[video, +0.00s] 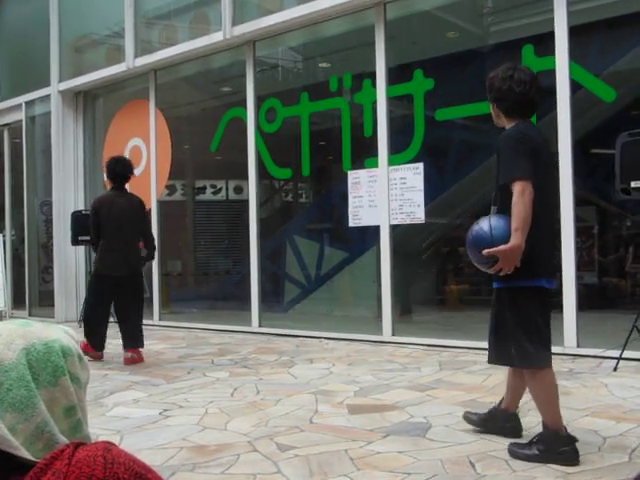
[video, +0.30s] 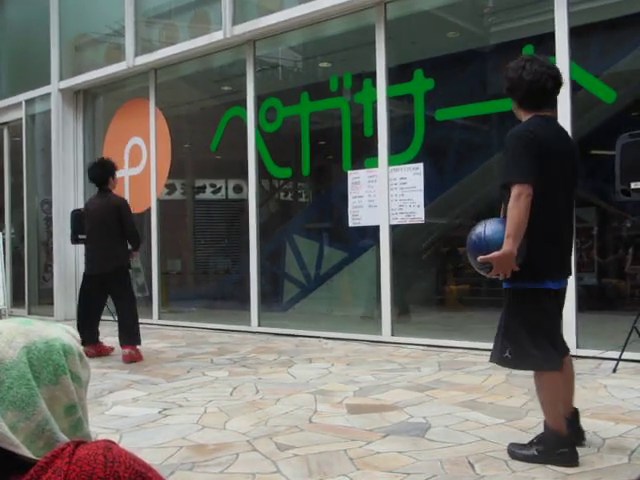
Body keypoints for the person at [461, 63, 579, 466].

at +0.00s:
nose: (489, 107)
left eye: (490, 101)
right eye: (490, 101)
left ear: (495, 105)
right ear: (531, 102)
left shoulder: (514, 138)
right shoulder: (537, 138)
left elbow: (523, 191)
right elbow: (537, 195)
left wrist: (517, 242)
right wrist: (514, 242)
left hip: (525, 263)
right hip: (538, 260)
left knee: (531, 348)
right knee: (521, 341)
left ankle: (556, 437)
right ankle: (506, 412)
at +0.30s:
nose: (506, 95)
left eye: (509, 89)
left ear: (513, 96)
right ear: (554, 94)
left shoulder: (523, 136)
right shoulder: (562, 138)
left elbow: (523, 193)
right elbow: (557, 203)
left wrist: (509, 247)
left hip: (534, 263)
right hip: (555, 262)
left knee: (542, 350)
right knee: (552, 343)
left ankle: (556, 439)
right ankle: (566, 421)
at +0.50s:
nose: (522, 88)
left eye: (525, 83)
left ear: (527, 93)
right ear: (569, 93)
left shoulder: (524, 138)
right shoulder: (580, 137)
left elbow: (512, 196)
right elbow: (577, 201)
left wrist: (489, 247)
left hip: (534, 265)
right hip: (574, 261)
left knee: (545, 351)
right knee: (585, 344)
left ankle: (556, 439)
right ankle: (606, 431)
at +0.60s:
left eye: (533, 84)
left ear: (535, 92)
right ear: (578, 93)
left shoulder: (528, 139)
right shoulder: (590, 139)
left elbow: (506, 199)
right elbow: (596, 208)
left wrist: (479, 247)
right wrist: (579, 242)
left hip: (537, 268)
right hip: (583, 265)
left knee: (547, 351)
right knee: (596, 346)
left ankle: (556, 439)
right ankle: (607, 432)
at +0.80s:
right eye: (598, 87)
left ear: (553, 92)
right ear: (596, 93)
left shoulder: (537, 140)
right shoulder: (610, 142)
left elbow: (508, 197)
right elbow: (623, 210)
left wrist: (478, 242)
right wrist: (619, 260)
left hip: (553, 269)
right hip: (600, 266)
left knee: (552, 352)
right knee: (607, 348)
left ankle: (556, 440)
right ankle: (608, 434)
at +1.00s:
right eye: (611, 89)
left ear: (568, 94)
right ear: (611, 94)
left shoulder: (555, 139)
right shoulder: (627, 139)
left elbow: (521, 195)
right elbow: (635, 204)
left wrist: (496, 240)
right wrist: (633, 250)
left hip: (566, 266)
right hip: (617, 263)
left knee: (550, 344)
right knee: (617, 347)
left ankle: (553, 431)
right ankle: (610, 433)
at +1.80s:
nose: (561, 104)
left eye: (563, 100)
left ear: (565, 105)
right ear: (606, 108)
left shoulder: (551, 146)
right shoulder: (616, 153)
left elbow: (517, 199)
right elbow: (623, 216)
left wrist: (486, 237)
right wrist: (616, 257)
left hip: (554, 266)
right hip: (599, 266)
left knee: (551, 338)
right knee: (605, 340)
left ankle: (553, 411)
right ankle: (607, 425)